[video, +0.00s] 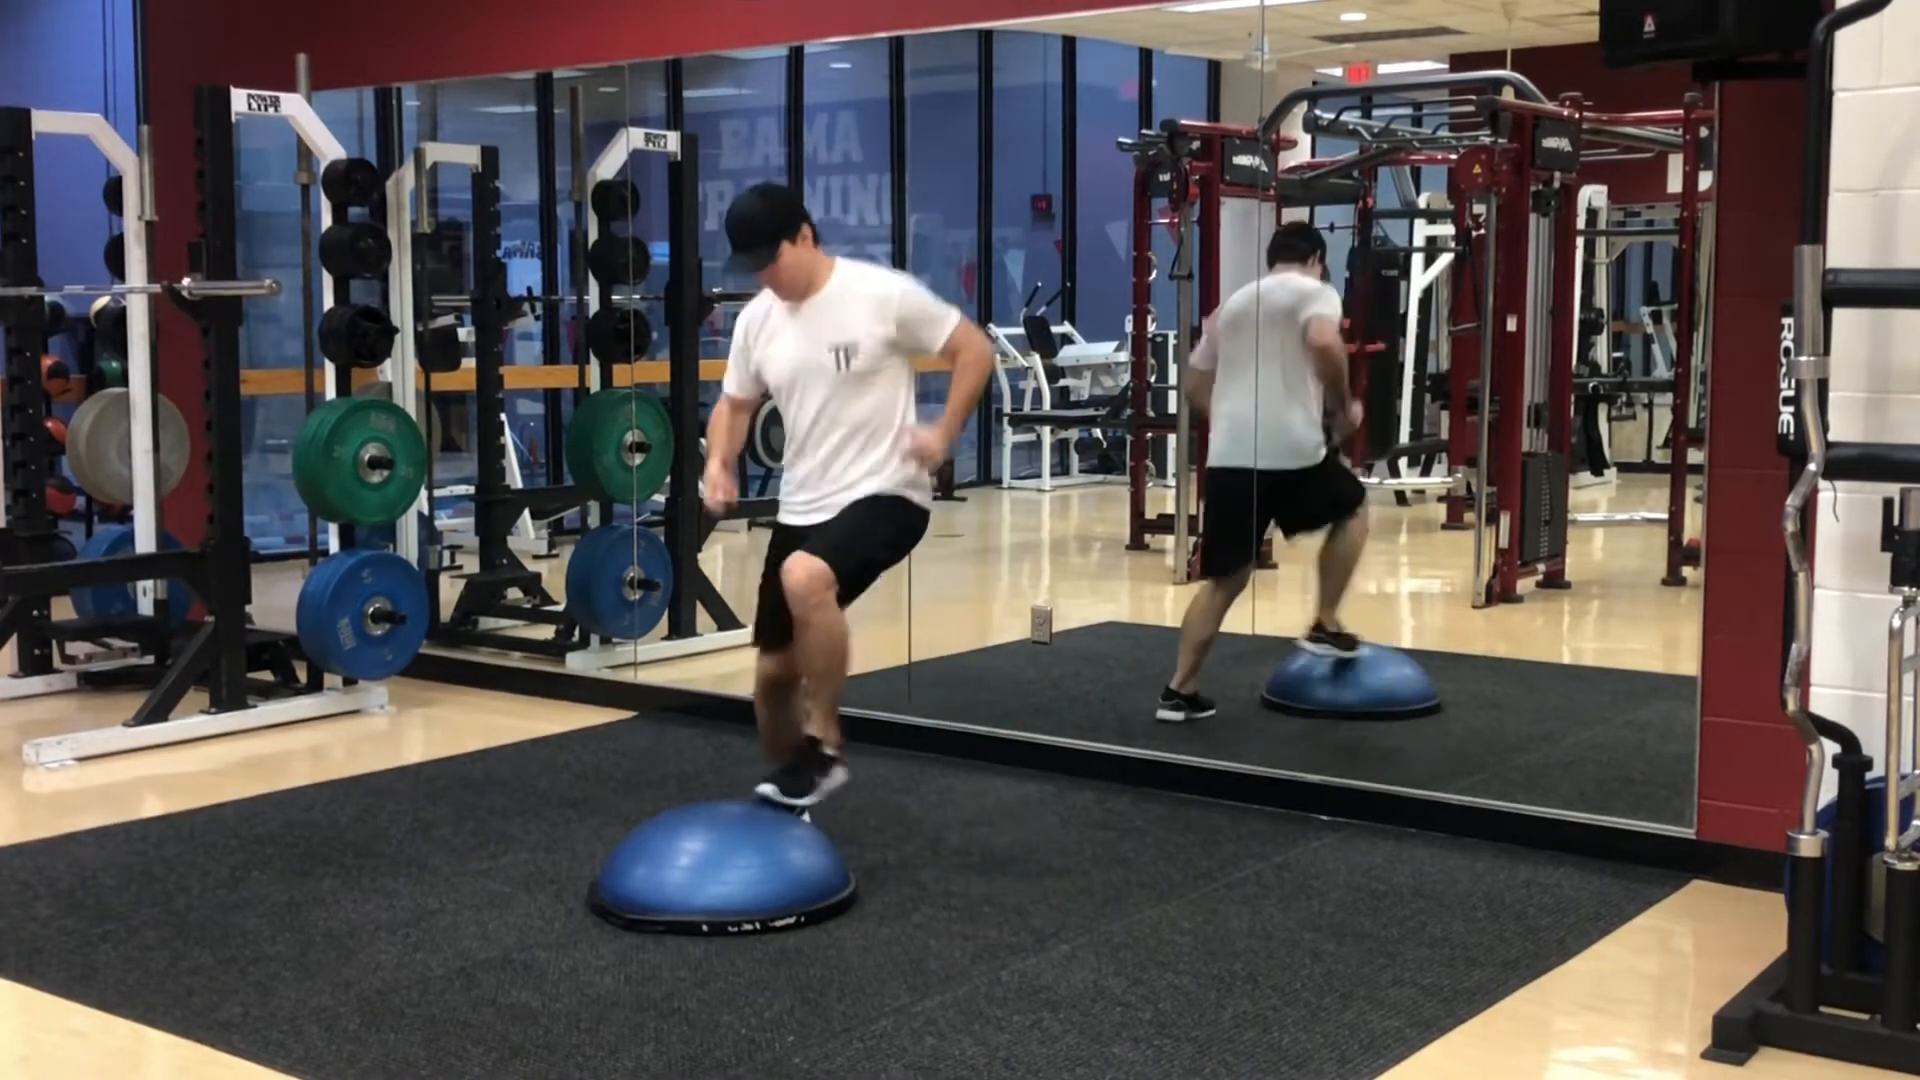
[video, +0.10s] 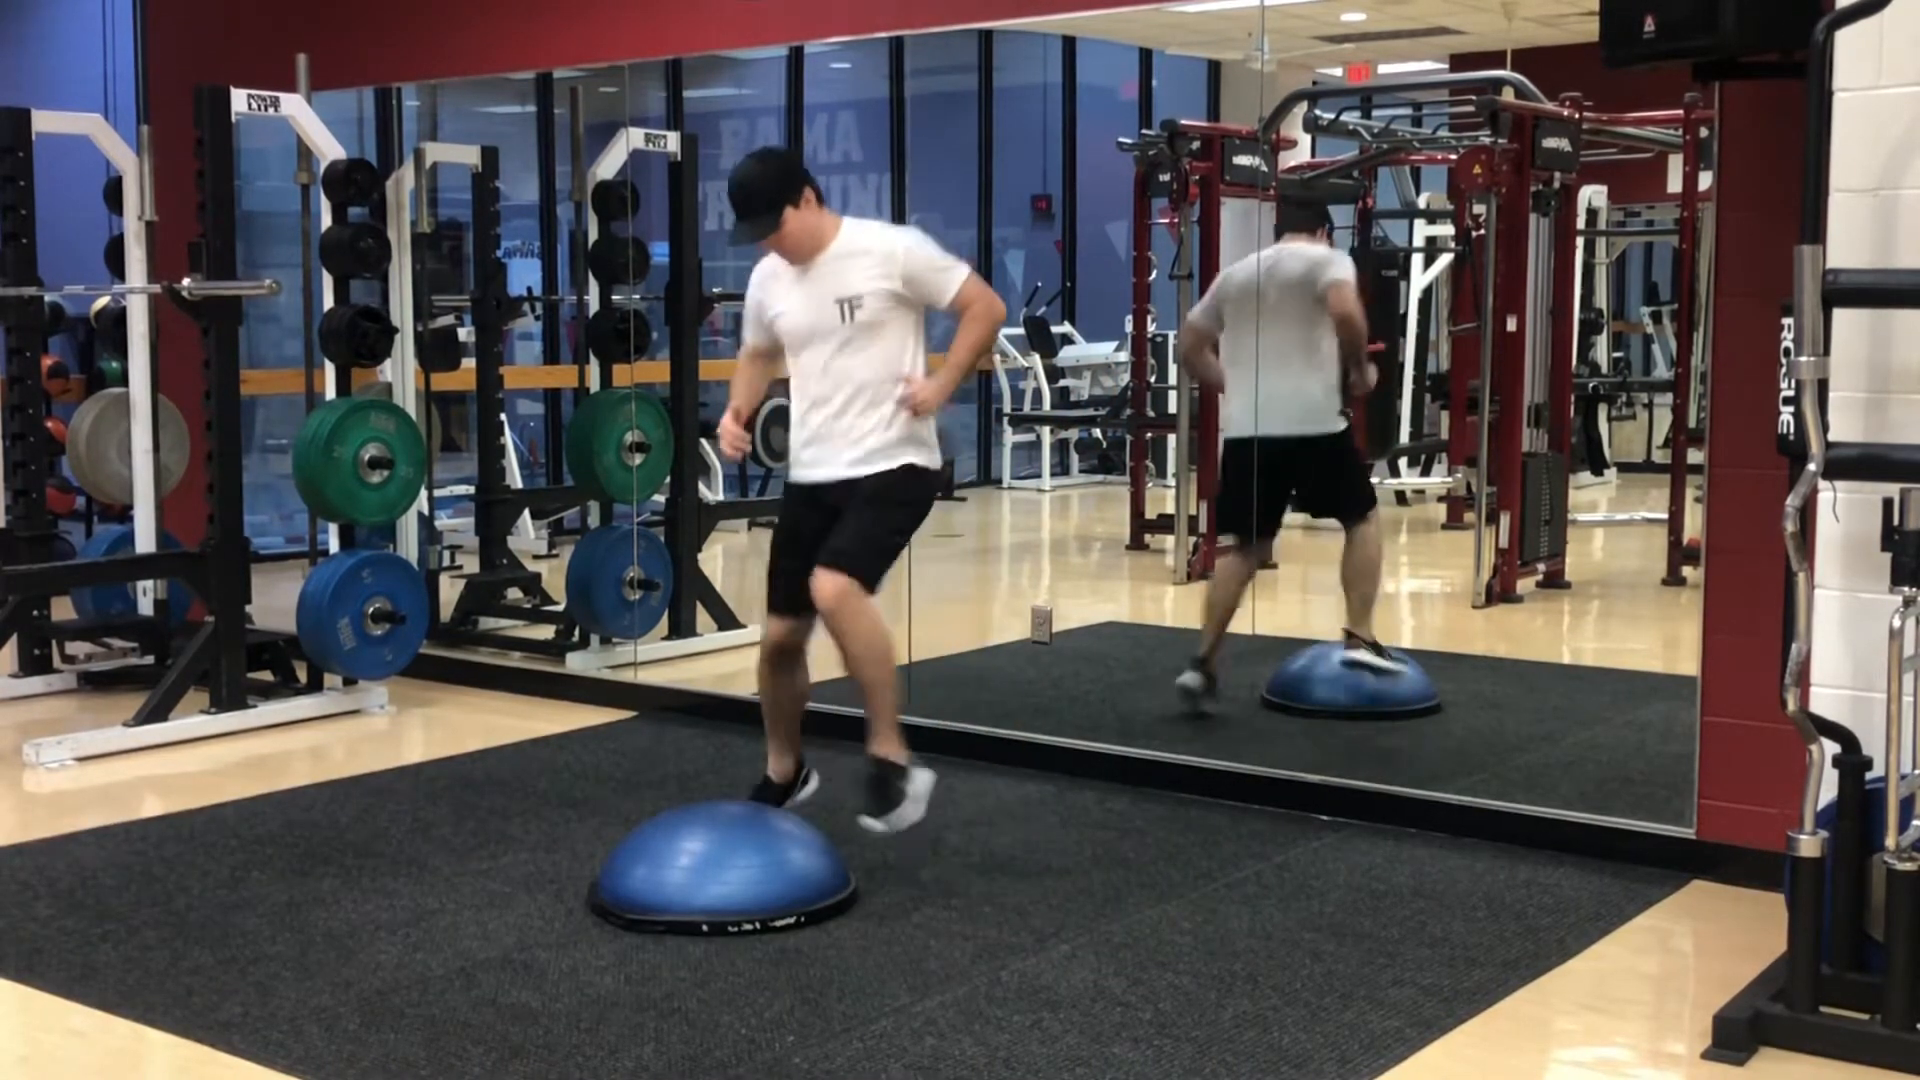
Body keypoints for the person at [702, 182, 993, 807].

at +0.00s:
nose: (763, 278)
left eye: (770, 263)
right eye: (755, 267)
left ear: (804, 238)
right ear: (752, 260)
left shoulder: (882, 293)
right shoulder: (756, 319)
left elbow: (976, 349)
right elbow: (734, 403)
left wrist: (946, 432)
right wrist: (718, 462)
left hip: (887, 491)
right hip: (803, 510)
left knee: (805, 576)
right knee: (776, 668)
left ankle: (823, 745)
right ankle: (786, 782)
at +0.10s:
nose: (769, 246)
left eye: (774, 231)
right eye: (761, 236)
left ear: (806, 201)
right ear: (763, 223)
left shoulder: (890, 249)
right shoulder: (768, 278)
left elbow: (986, 306)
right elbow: (757, 357)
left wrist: (944, 381)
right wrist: (738, 412)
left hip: (895, 464)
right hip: (814, 475)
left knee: (833, 586)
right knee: (780, 636)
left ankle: (891, 757)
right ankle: (784, 772)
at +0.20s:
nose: (776, 240)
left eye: (779, 224)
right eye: (768, 231)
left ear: (812, 192)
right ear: (778, 212)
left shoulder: (898, 245)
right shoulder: (788, 263)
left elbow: (986, 315)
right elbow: (796, 346)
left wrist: (930, 386)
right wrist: (767, 408)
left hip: (906, 469)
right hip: (826, 468)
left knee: (882, 624)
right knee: (756, 590)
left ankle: (955, 801)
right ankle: (805, 737)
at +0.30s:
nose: (779, 265)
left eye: (783, 247)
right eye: (773, 252)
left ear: (821, 222)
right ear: (801, 234)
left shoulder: (901, 283)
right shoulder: (807, 296)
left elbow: (974, 375)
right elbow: (832, 392)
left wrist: (902, 427)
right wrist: (800, 455)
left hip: (916, 511)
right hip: (842, 507)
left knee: (923, 668)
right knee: (756, 584)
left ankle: (988, 828)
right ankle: (812, 747)